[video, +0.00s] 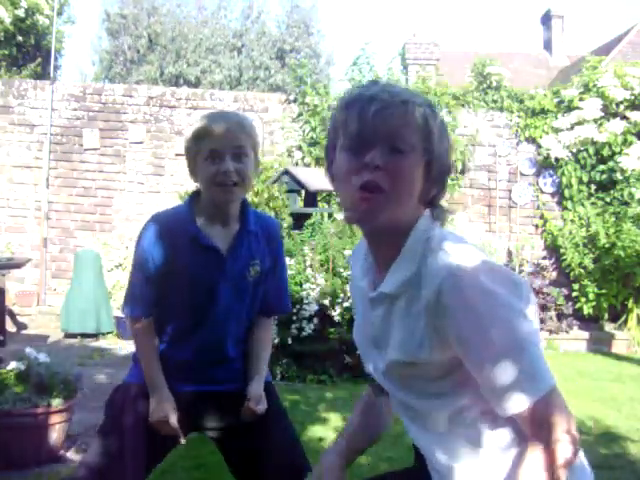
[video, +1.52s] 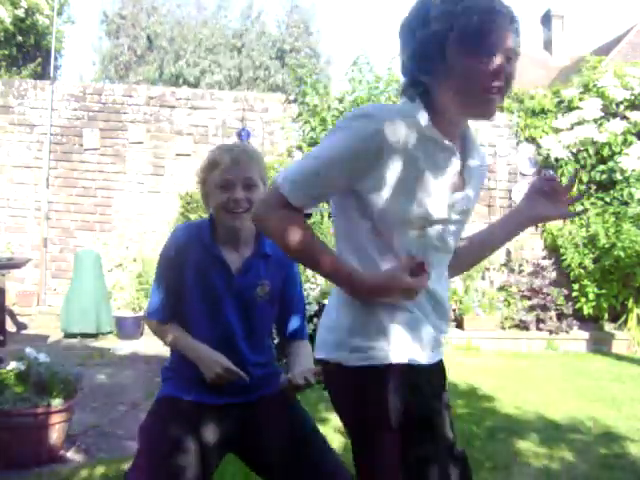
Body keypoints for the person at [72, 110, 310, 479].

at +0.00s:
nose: (227, 168)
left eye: (239, 157)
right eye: (213, 158)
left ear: (254, 166)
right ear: (193, 167)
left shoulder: (266, 232)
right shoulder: (162, 230)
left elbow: (266, 316)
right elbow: (139, 317)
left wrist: (257, 380)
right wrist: (158, 392)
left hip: (239, 384)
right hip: (167, 384)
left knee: (288, 469)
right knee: (112, 469)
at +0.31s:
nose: (245, 143)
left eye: (253, 134)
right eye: (232, 133)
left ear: (265, 144)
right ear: (208, 138)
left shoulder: (272, 210)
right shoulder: (173, 187)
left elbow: (266, 285)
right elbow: (133, 255)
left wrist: (276, 334)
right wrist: (158, 313)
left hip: (238, 364)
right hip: (163, 359)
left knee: (290, 470)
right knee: (124, 467)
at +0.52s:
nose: (236, 39)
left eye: (246, 29)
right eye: (222, 29)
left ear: (259, 33)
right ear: (198, 34)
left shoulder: (271, 93)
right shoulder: (170, 89)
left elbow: (296, 177)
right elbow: (125, 167)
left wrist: (301, 189)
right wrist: (155, 208)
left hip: (244, 267)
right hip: (172, 260)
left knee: (283, 382)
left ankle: (299, 477)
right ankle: (130, 449)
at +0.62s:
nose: (220, 87)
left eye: (231, 75)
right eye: (207, 76)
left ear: (248, 74)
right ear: (187, 77)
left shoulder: (267, 120)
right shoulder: (167, 116)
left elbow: (302, 201)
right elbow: (133, 200)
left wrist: (270, 210)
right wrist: (192, 201)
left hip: (246, 257)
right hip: (178, 250)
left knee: (295, 333)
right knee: (90, 312)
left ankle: (307, 419)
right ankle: (173, 366)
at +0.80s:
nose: (214, 116)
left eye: (226, 107)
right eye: (201, 106)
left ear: (244, 119)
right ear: (182, 120)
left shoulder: (266, 178)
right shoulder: (164, 177)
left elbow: (282, 232)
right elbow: (161, 241)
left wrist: (290, 281)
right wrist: (167, 274)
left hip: (259, 344)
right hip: (184, 345)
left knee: (313, 446)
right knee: (133, 444)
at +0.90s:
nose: (207, 178)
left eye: (218, 165)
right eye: (194, 169)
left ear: (239, 167)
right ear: (179, 176)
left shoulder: (271, 230)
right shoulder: (168, 224)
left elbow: (294, 313)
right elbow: (169, 302)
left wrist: (282, 370)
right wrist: (184, 343)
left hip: (262, 377)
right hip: (191, 371)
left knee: (304, 463)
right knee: (125, 455)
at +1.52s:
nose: (238, 197)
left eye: (249, 187)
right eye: (225, 187)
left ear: (264, 192)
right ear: (206, 194)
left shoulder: (279, 253)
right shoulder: (185, 241)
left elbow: (295, 332)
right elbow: (157, 317)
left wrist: (301, 366)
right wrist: (199, 353)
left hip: (261, 397)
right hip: (191, 398)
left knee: (329, 474)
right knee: (154, 474)